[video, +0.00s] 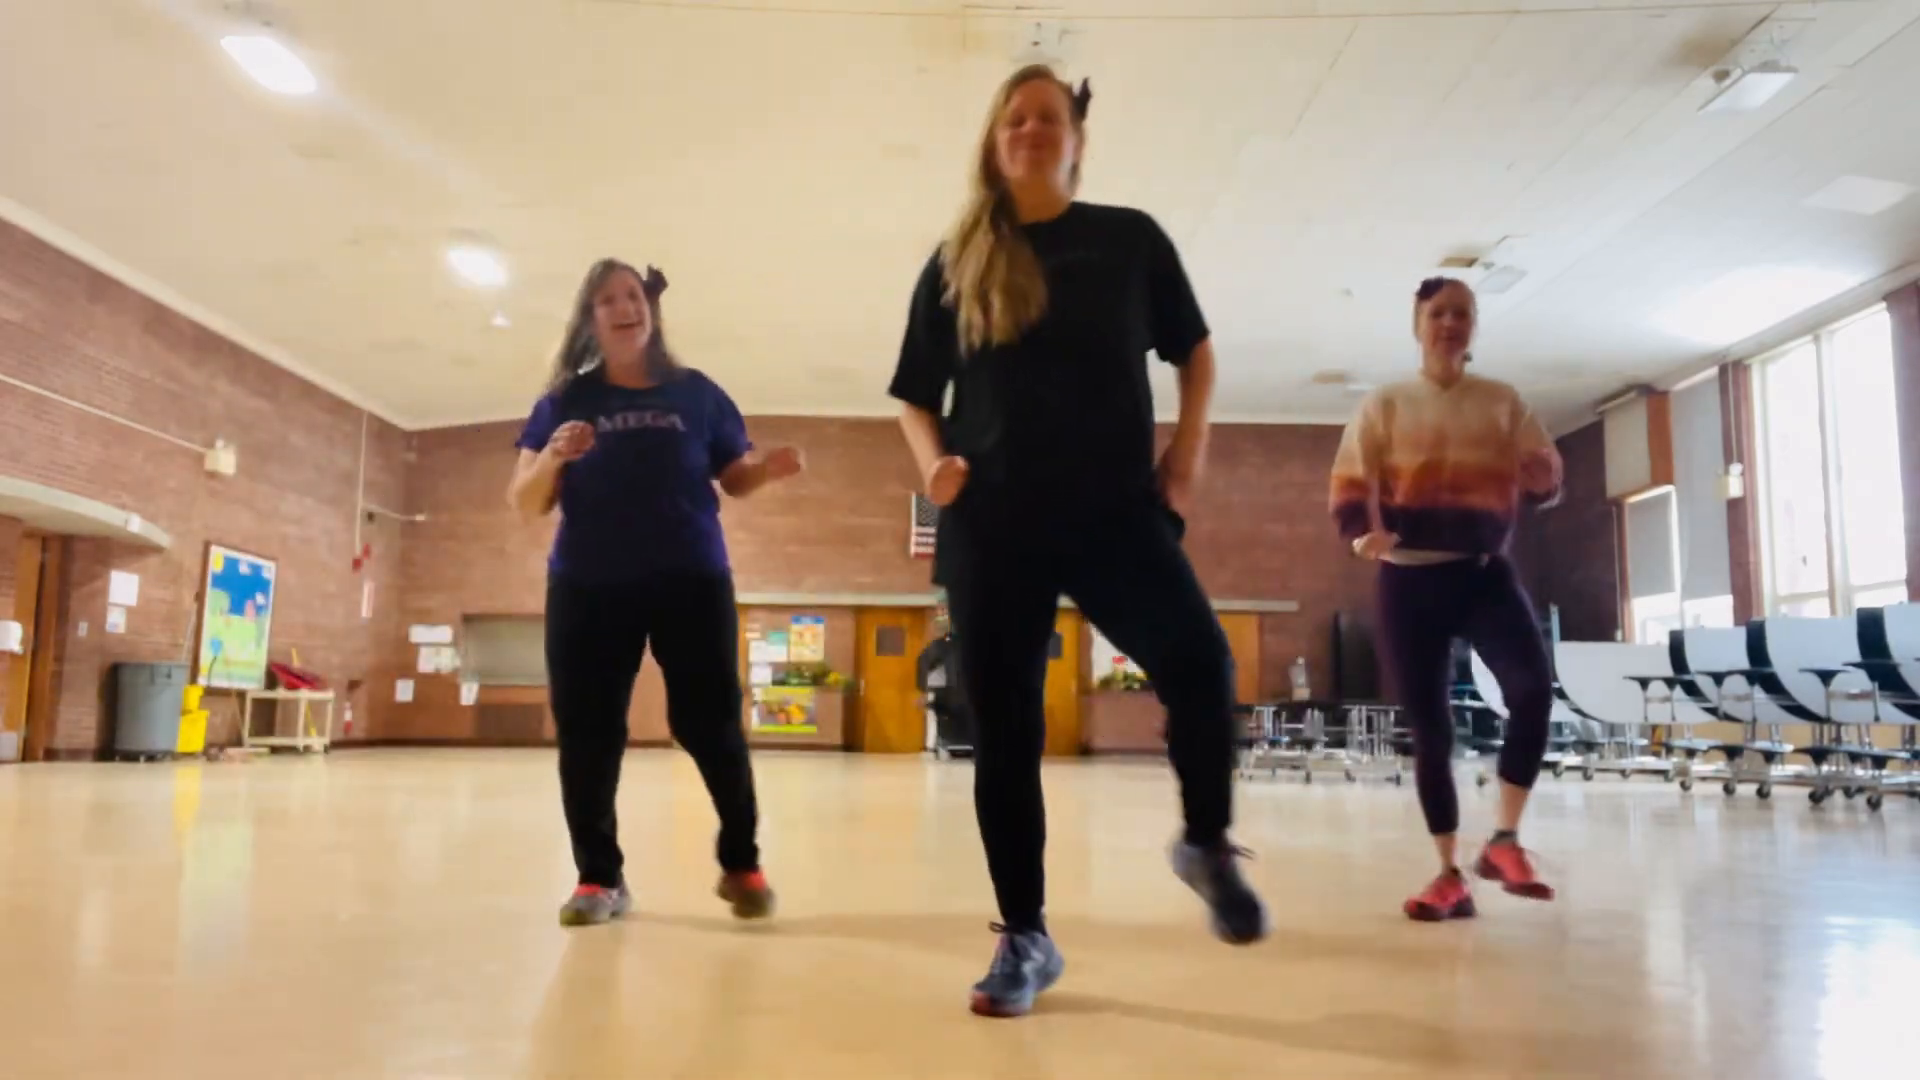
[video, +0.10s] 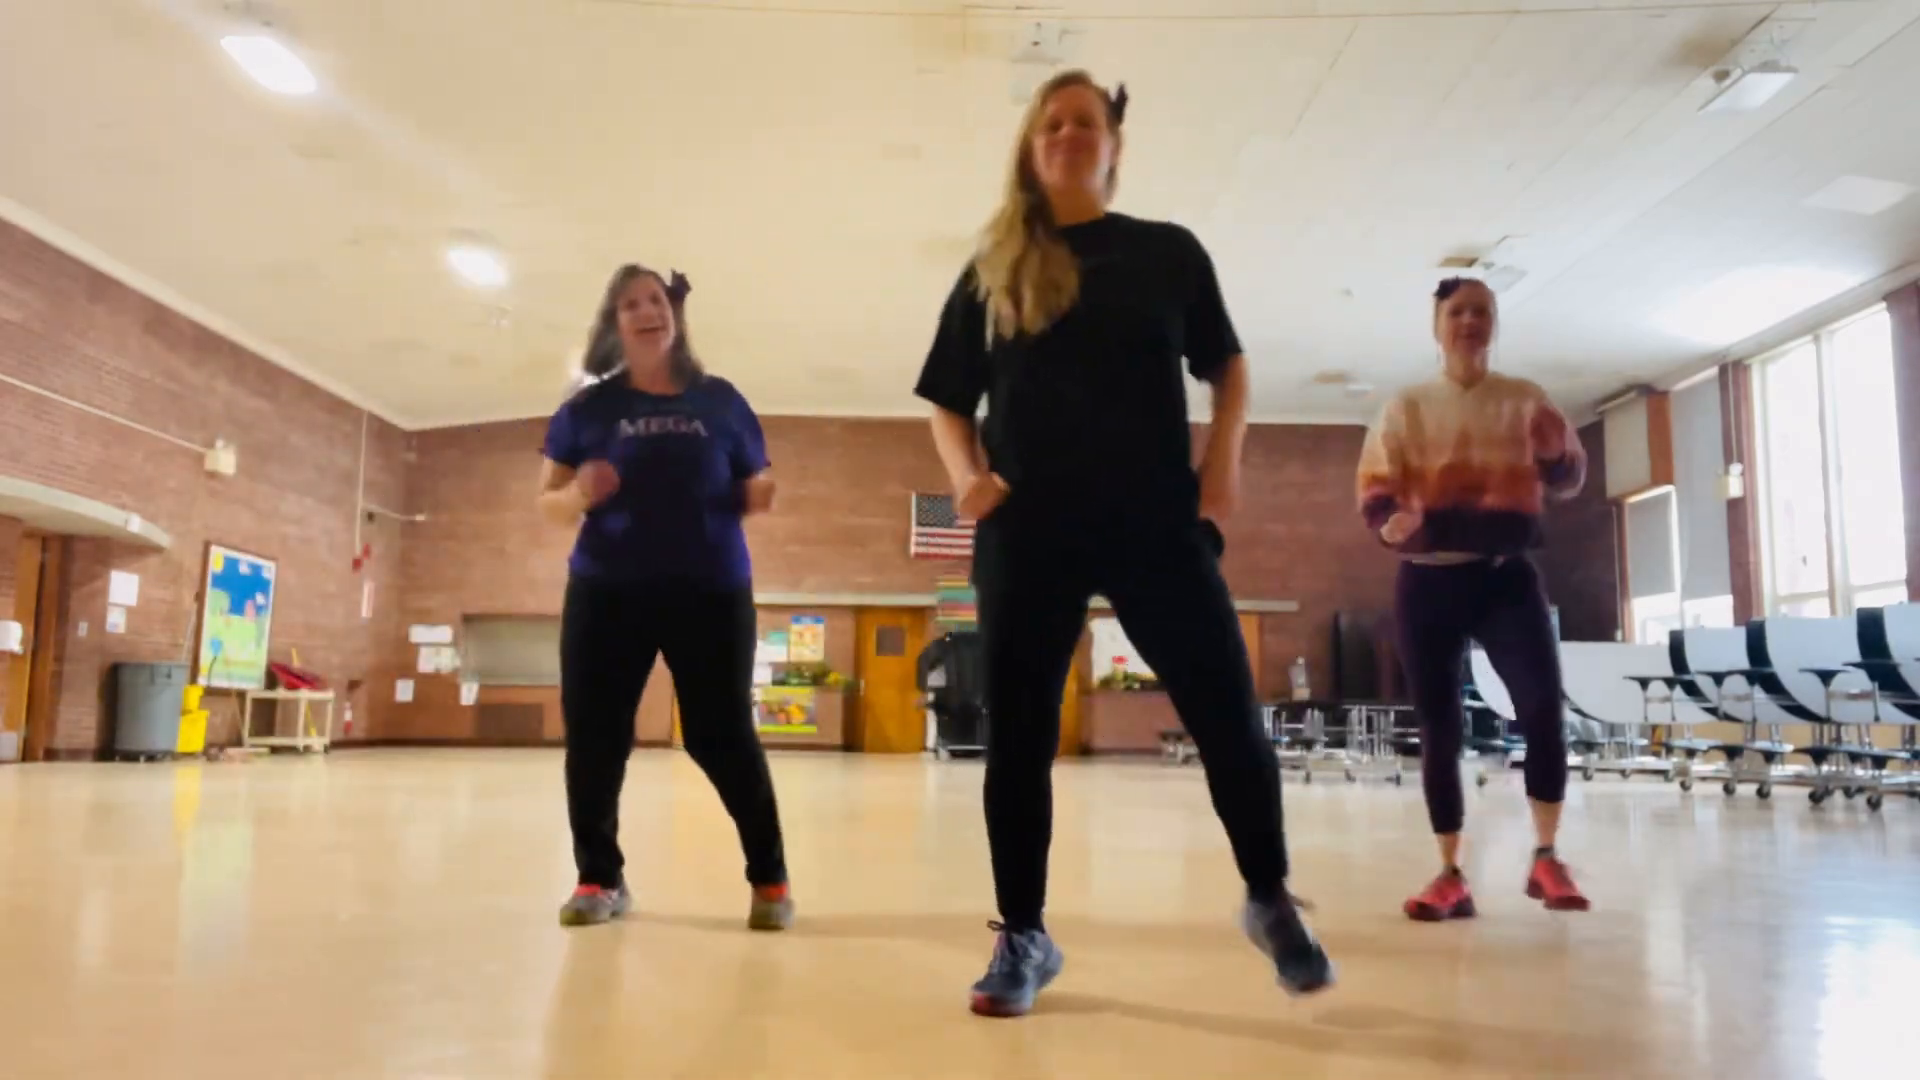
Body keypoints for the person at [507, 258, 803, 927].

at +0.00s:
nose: (625, 308)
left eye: (633, 296)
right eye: (609, 300)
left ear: (652, 309)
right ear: (589, 319)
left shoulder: (699, 394)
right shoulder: (564, 404)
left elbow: (734, 480)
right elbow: (528, 504)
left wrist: (763, 467)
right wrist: (553, 457)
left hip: (689, 583)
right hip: (592, 588)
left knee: (712, 726)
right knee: (587, 738)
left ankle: (742, 864)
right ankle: (599, 880)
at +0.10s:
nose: (648, 312)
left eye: (657, 301)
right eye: (633, 305)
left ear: (677, 315)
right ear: (613, 324)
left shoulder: (719, 400)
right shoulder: (586, 409)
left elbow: (758, 491)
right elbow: (549, 506)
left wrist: (727, 497)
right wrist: (580, 492)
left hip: (708, 591)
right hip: (610, 592)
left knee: (720, 735)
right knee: (594, 739)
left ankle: (768, 878)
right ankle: (598, 879)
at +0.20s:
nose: (677, 314)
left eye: (687, 303)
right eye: (662, 308)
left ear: (710, 317)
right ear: (647, 327)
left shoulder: (747, 407)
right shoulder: (623, 411)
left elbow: (793, 497)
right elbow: (581, 502)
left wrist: (774, 507)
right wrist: (603, 517)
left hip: (726, 595)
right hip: (631, 593)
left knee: (734, 736)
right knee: (604, 735)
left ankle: (772, 882)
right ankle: (598, 880)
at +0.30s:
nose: (703, 306)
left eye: (716, 297)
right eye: (691, 299)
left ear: (740, 314)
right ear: (676, 318)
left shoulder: (776, 404)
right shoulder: (650, 401)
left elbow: (821, 486)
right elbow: (592, 489)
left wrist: (803, 425)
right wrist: (602, 422)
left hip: (746, 589)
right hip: (650, 583)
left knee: (743, 735)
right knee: (611, 725)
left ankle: (773, 884)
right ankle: (604, 872)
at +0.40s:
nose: (721, 303)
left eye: (735, 294)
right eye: (710, 295)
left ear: (759, 312)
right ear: (696, 315)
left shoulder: (792, 398)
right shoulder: (668, 393)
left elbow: (835, 464)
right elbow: (600, 454)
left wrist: (830, 382)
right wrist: (610, 371)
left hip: (756, 587)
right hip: (663, 577)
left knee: (746, 733)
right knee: (623, 712)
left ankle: (773, 883)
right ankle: (636, 854)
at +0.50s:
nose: (732, 305)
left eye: (745, 295)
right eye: (721, 297)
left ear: (770, 314)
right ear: (709, 316)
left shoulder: (797, 395)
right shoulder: (680, 388)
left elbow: (827, 467)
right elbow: (628, 455)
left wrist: (829, 381)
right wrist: (638, 367)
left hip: (760, 587)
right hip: (668, 578)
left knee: (749, 732)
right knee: (648, 719)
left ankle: (773, 880)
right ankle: (676, 851)